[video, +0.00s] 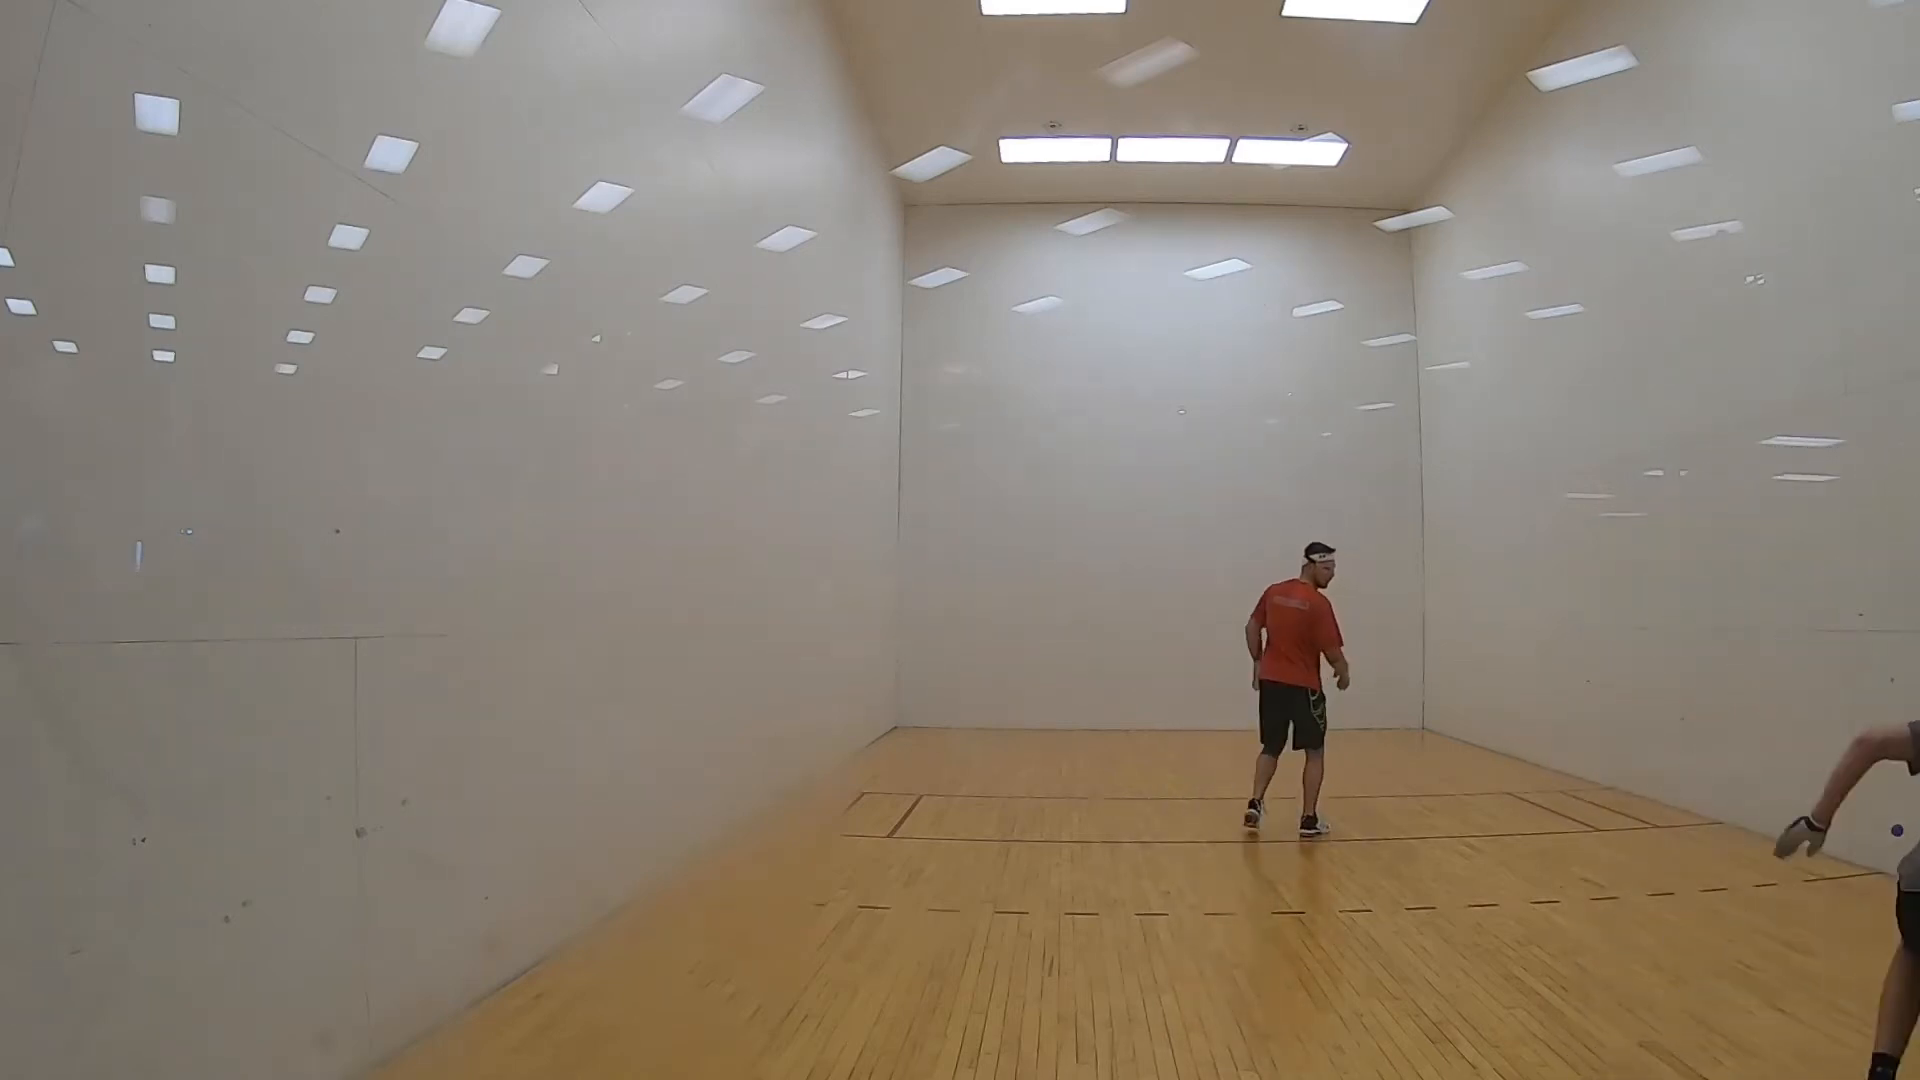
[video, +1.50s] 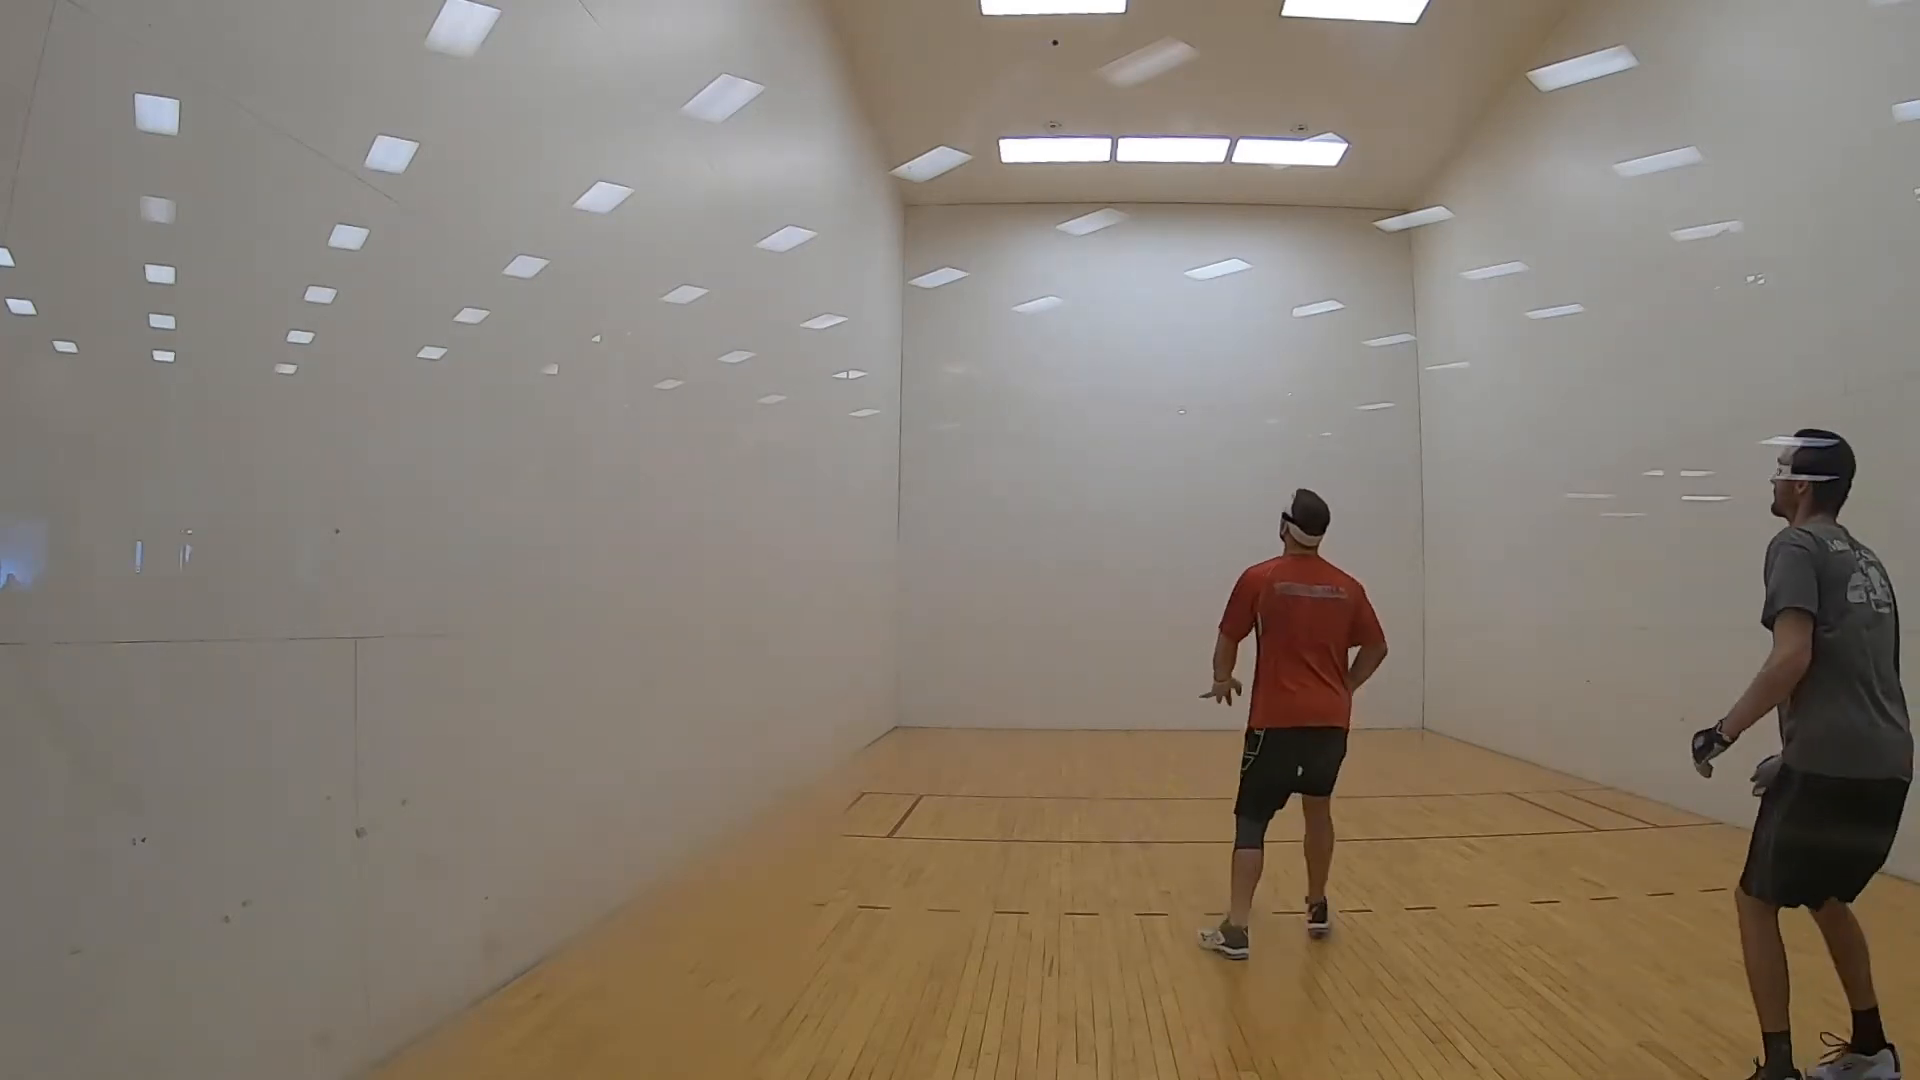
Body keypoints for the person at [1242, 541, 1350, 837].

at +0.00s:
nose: (1332, 573)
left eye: (1333, 567)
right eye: (1328, 567)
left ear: (1307, 567)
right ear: (1312, 566)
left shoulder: (1274, 591)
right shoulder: (1319, 603)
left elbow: (1252, 626)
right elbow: (1331, 652)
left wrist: (1258, 662)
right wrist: (1343, 670)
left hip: (1270, 684)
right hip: (1304, 688)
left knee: (1271, 747)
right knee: (1314, 752)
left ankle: (1255, 803)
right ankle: (1309, 819)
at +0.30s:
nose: (1283, 576)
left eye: (1283, 571)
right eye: (1282, 571)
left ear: (1252, 571)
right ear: (1273, 571)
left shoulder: (1228, 599)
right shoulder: (1278, 589)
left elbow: (1229, 636)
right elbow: (1308, 584)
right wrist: (1307, 611)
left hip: (1239, 698)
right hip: (1277, 697)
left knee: (1230, 771)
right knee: (1293, 758)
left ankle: (1205, 832)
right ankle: (1305, 820)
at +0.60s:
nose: (1228, 564)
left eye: (1225, 559)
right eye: (1237, 562)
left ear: (1221, 561)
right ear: (1250, 563)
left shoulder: (1199, 603)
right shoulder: (1268, 598)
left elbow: (1191, 655)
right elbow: (1296, 635)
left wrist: (1199, 696)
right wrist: (1275, 654)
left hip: (1217, 704)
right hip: (1260, 703)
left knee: (1215, 772)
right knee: (1275, 770)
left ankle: (1203, 838)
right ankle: (1275, 838)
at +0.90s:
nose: (1242, 554)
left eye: (1242, 549)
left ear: (1244, 554)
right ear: (1275, 558)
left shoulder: (1217, 597)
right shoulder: (1291, 605)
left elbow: (1179, 636)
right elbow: (1309, 647)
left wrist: (1142, 663)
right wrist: (1272, 638)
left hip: (1223, 710)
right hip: (1267, 715)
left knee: (1211, 777)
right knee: (1267, 790)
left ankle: (1202, 835)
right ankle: (1255, 864)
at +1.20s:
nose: (1256, 532)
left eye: (1258, 528)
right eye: (1265, 528)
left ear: (1261, 533)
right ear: (1295, 540)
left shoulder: (1233, 579)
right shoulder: (1314, 589)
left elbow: (1195, 623)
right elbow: (1349, 634)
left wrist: (1178, 650)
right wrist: (1339, 675)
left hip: (1238, 708)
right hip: (1287, 712)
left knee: (1216, 787)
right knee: (1266, 793)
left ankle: (1222, 874)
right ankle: (1268, 885)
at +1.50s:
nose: (1281, 527)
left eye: (1283, 522)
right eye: (1290, 523)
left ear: (1286, 528)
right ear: (1324, 534)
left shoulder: (1259, 579)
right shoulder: (1348, 587)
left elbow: (1227, 639)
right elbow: (1376, 648)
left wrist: (1223, 678)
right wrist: (1347, 687)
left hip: (1274, 722)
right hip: (1330, 722)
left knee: (1252, 819)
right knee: (1319, 807)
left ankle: (1236, 929)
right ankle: (1317, 905)